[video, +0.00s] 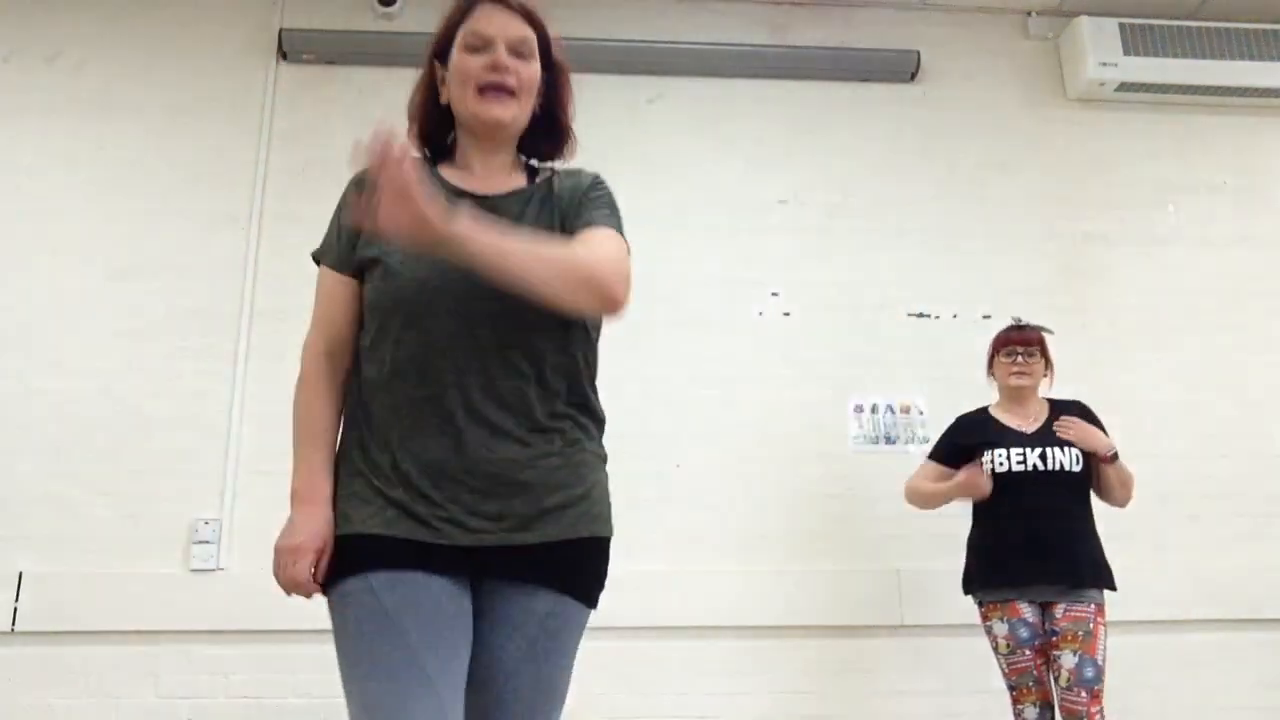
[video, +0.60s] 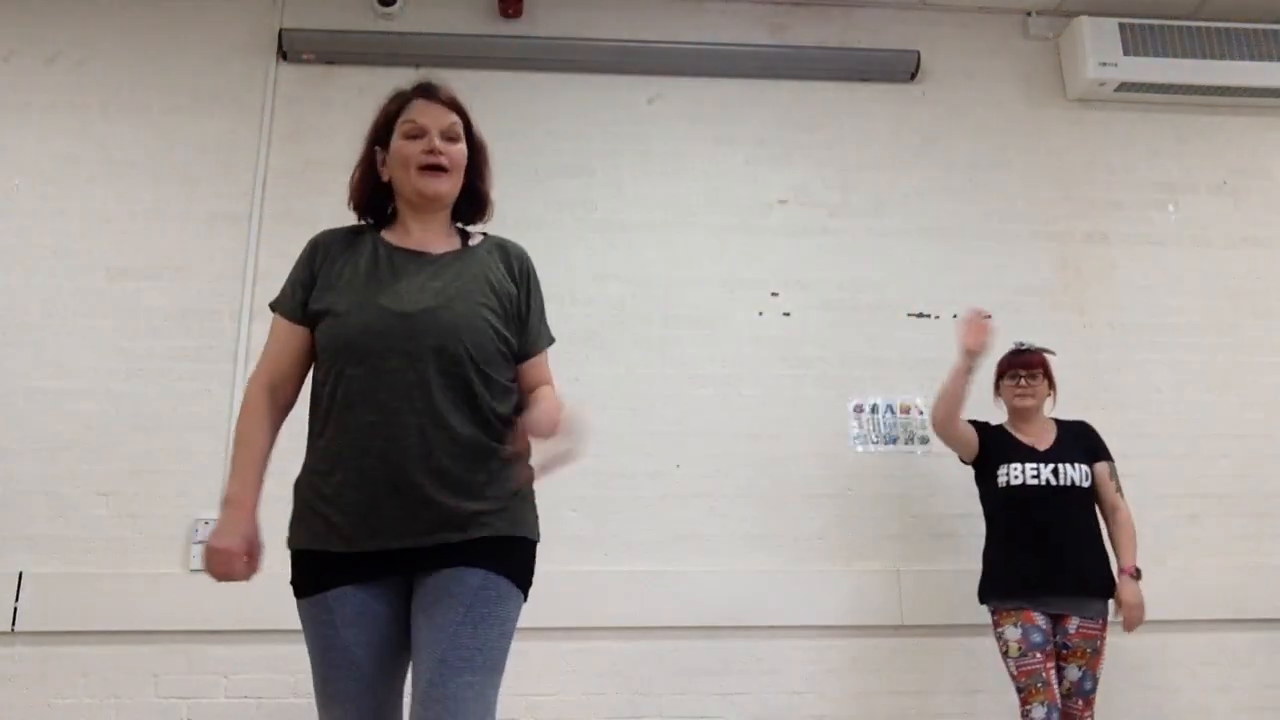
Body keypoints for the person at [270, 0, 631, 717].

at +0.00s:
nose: (500, 63)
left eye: (520, 51)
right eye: (477, 47)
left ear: (543, 81)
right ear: (442, 72)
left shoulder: (576, 194)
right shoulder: (380, 190)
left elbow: (607, 286)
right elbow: (327, 354)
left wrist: (443, 227)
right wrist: (310, 504)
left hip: (546, 525)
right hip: (392, 521)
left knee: (514, 713)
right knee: (407, 711)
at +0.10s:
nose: (505, 85)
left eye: (522, 75)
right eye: (484, 69)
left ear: (540, 106)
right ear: (439, 89)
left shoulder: (565, 207)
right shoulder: (378, 206)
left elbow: (617, 252)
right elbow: (323, 360)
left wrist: (500, 144)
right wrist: (305, 496)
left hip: (543, 521)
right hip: (393, 514)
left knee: (511, 714)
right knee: (400, 712)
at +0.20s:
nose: (484, 108)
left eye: (506, 96)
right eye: (467, 90)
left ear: (532, 123)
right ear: (435, 108)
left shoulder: (555, 224)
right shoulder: (372, 224)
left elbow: (640, 240)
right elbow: (318, 367)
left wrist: (569, 102)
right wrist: (304, 491)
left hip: (534, 534)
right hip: (387, 530)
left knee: (503, 714)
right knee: (385, 712)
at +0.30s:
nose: (469, 121)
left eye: (490, 111)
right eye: (451, 106)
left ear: (511, 138)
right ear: (422, 124)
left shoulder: (545, 241)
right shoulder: (361, 239)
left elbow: (650, 283)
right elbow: (315, 382)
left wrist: (638, 139)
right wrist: (301, 508)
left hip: (516, 530)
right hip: (372, 533)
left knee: (491, 712)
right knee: (371, 713)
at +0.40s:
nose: (453, 129)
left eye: (474, 121)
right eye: (436, 116)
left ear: (495, 152)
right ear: (406, 143)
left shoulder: (529, 257)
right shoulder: (346, 250)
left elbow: (620, 352)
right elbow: (302, 392)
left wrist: (668, 237)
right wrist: (288, 521)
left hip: (501, 537)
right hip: (358, 539)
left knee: (476, 713)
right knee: (360, 711)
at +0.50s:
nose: (441, 135)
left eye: (460, 127)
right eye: (421, 123)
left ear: (480, 160)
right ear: (392, 153)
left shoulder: (511, 264)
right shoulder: (335, 252)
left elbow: (564, 399)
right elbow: (282, 395)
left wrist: (636, 333)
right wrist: (264, 516)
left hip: (486, 538)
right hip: (350, 540)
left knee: (461, 710)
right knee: (354, 712)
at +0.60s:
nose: (435, 145)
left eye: (452, 136)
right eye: (414, 135)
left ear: (469, 163)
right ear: (382, 160)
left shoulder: (507, 266)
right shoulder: (331, 256)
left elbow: (539, 391)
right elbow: (269, 392)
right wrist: (238, 509)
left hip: (476, 530)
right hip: (343, 532)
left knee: (453, 712)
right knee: (353, 713)